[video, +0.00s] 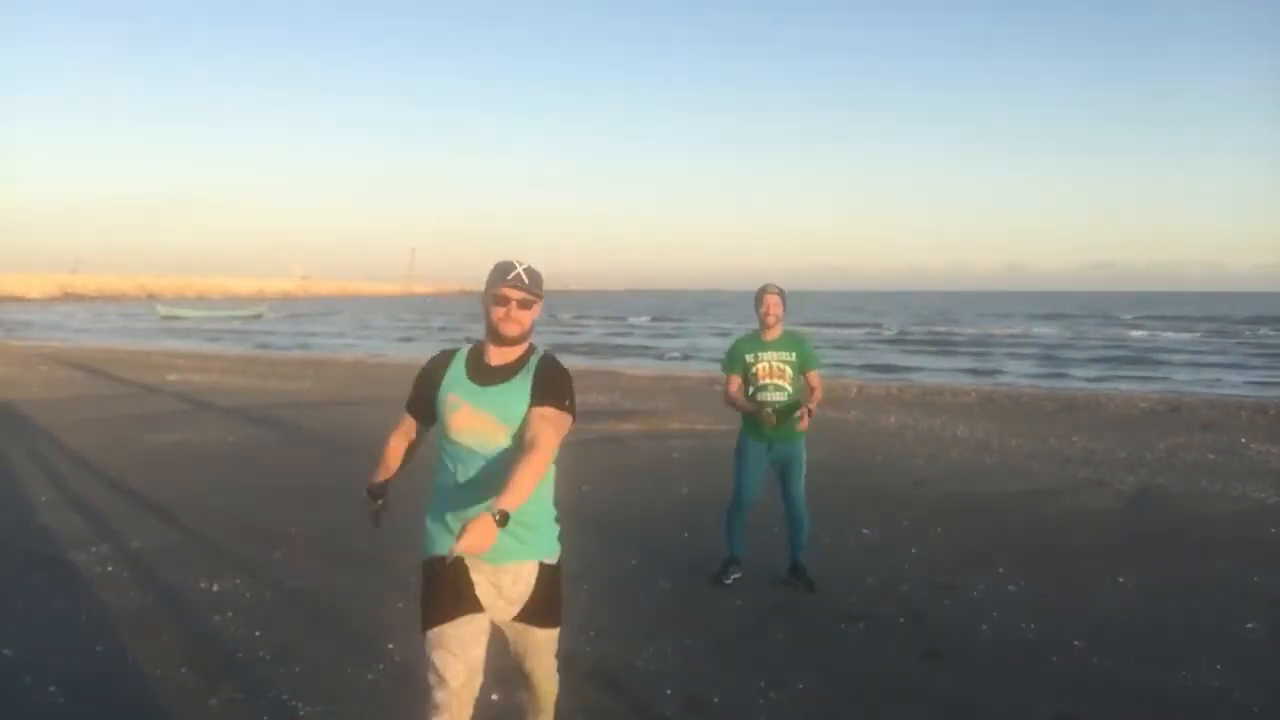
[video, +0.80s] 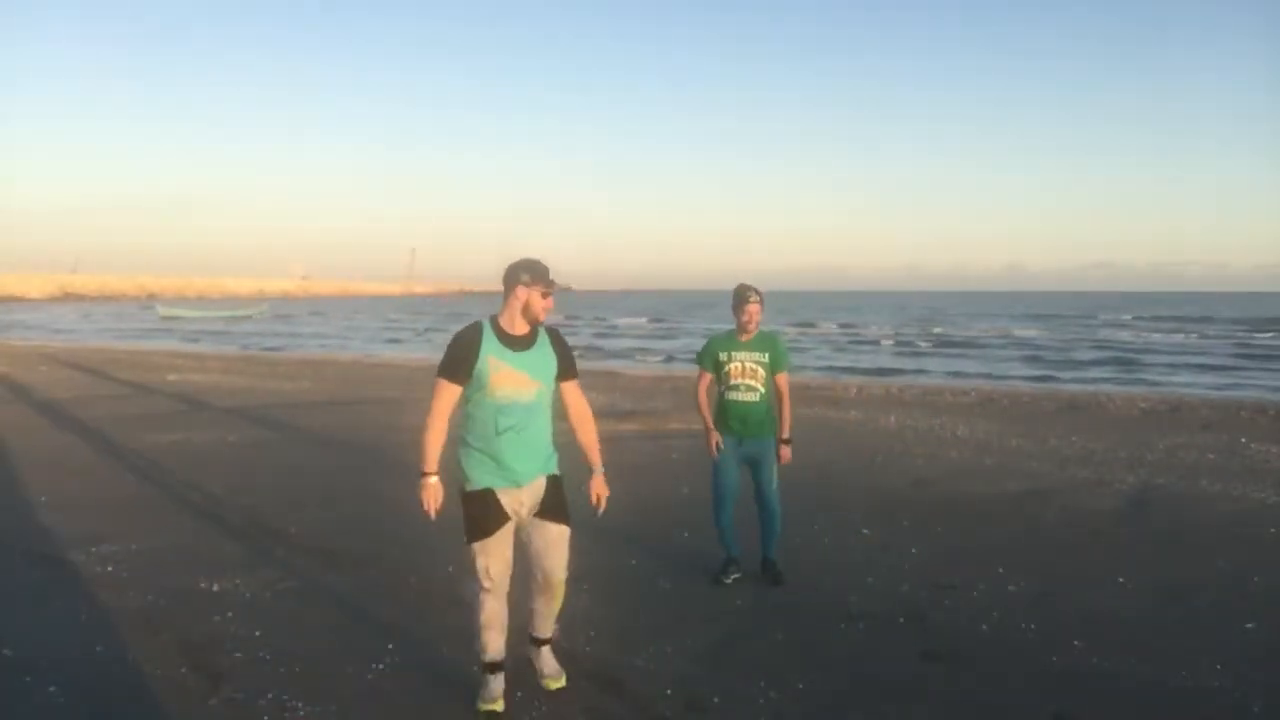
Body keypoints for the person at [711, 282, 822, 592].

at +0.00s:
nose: (769, 311)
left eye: (775, 305)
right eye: (764, 305)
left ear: (783, 310)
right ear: (756, 310)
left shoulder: (799, 345)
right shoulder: (742, 347)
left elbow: (816, 387)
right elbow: (731, 392)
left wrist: (808, 408)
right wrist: (756, 410)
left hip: (791, 434)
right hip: (755, 434)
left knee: (796, 501)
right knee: (743, 498)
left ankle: (798, 564)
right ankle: (734, 561)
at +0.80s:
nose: (749, 318)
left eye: (754, 312)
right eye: (744, 312)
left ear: (761, 313)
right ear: (734, 312)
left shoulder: (773, 344)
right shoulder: (717, 345)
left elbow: (783, 393)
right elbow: (701, 389)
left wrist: (784, 438)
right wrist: (710, 429)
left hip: (764, 435)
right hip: (727, 435)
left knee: (769, 501)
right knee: (723, 500)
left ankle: (769, 559)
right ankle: (731, 559)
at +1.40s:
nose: (768, 312)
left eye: (774, 307)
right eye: (764, 307)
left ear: (785, 311)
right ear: (759, 312)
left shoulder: (804, 347)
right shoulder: (748, 347)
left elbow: (825, 391)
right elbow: (730, 393)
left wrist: (808, 400)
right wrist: (742, 396)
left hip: (795, 436)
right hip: (759, 434)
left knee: (801, 505)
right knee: (743, 498)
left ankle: (799, 568)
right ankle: (734, 561)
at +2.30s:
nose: (751, 316)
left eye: (756, 310)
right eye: (746, 311)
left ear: (768, 315)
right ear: (740, 316)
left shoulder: (784, 350)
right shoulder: (728, 352)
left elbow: (803, 393)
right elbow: (723, 399)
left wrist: (820, 428)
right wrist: (722, 438)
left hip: (779, 440)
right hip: (742, 440)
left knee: (793, 503)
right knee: (726, 501)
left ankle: (799, 568)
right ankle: (714, 566)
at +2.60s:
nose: (724, 308)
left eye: (730, 302)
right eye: (720, 302)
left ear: (740, 307)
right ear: (713, 307)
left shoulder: (755, 343)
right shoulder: (698, 344)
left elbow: (776, 385)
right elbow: (679, 382)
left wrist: (777, 429)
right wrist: (674, 421)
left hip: (749, 436)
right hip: (711, 437)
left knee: (766, 499)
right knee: (707, 501)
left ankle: (777, 563)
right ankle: (710, 566)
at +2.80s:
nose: (720, 307)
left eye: (726, 302)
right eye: (715, 302)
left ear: (736, 305)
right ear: (709, 306)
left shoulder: (752, 338)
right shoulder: (694, 338)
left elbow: (762, 381)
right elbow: (679, 375)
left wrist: (747, 405)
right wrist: (679, 394)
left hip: (740, 428)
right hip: (705, 428)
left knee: (744, 499)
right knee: (705, 496)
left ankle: (741, 564)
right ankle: (710, 564)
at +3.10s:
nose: (721, 314)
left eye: (727, 308)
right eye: (716, 308)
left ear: (736, 312)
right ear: (709, 312)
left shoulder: (749, 346)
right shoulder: (693, 345)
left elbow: (757, 397)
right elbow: (679, 391)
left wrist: (754, 440)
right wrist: (686, 427)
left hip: (739, 440)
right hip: (703, 441)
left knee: (744, 505)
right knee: (703, 505)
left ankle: (744, 571)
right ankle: (711, 565)